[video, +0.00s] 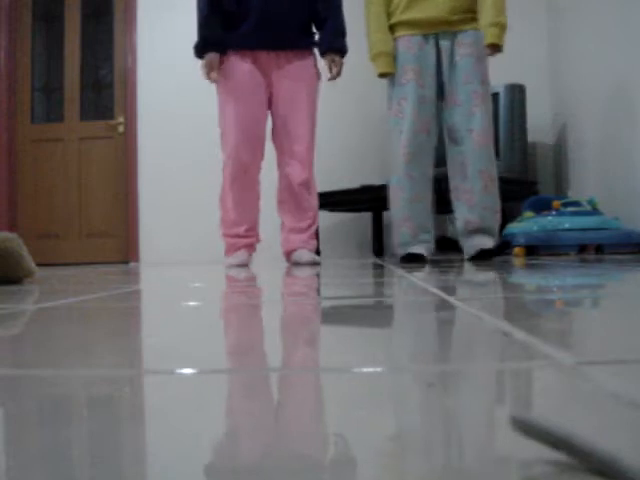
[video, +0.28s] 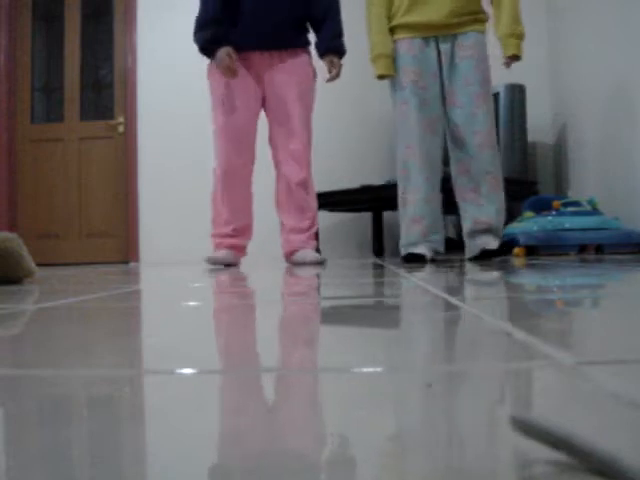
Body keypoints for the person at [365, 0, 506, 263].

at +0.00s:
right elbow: (375, 3)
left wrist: (492, 21)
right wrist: (381, 45)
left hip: (465, 25)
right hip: (408, 29)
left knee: (472, 134)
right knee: (411, 139)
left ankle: (478, 237)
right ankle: (413, 243)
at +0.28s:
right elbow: (377, 2)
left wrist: (509, 31)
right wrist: (380, 45)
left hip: (466, 27)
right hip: (409, 30)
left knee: (475, 134)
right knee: (416, 138)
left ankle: (483, 236)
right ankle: (419, 241)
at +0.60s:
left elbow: (487, 1)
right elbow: (376, 4)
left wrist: (484, 38)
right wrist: (377, 54)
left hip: (456, 31)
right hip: (403, 32)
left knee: (452, 136)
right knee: (402, 139)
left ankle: (462, 239)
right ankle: (402, 243)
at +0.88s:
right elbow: (373, 4)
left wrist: (480, 24)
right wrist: (373, 52)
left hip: (453, 27)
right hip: (397, 29)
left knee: (454, 132)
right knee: (396, 136)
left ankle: (463, 234)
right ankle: (391, 238)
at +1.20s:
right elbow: (373, 4)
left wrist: (479, 31)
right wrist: (368, 56)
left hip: (467, 30)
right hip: (412, 30)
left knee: (478, 140)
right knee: (416, 139)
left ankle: (484, 240)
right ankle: (410, 242)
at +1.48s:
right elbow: (378, 7)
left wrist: (474, 25)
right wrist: (382, 61)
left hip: (466, 36)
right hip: (412, 36)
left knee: (478, 142)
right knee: (415, 141)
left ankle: (483, 239)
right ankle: (410, 243)